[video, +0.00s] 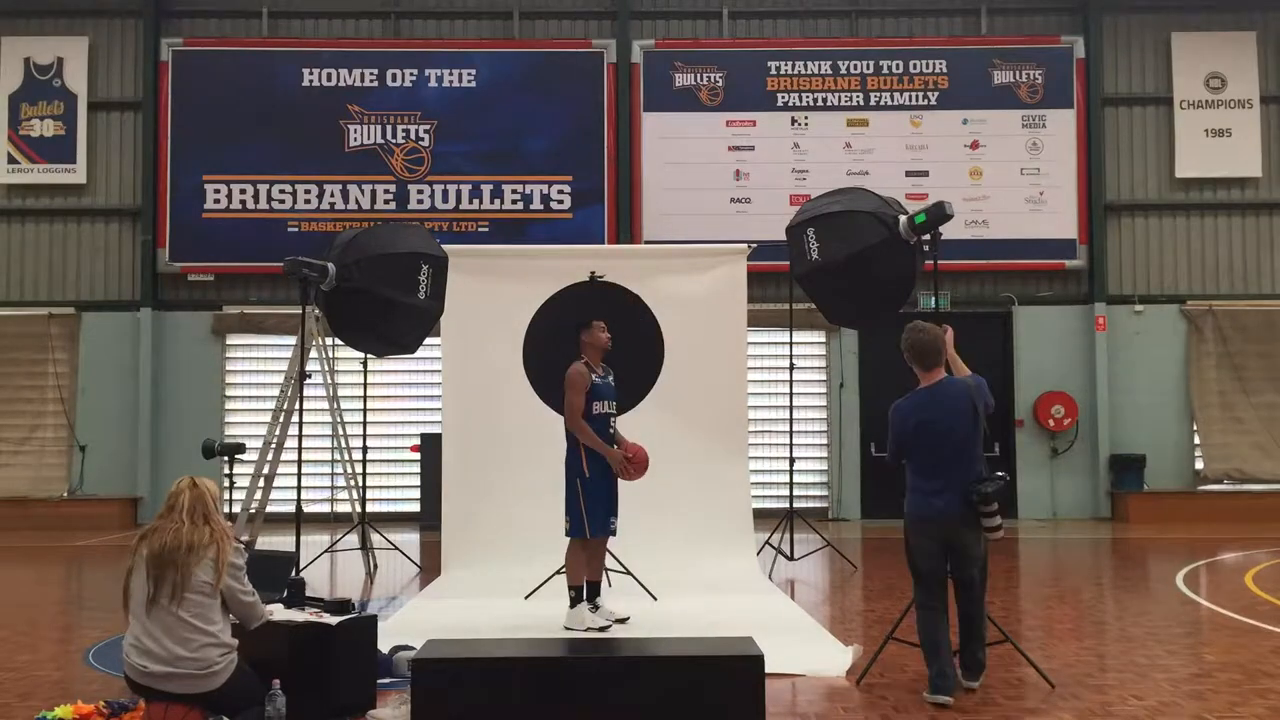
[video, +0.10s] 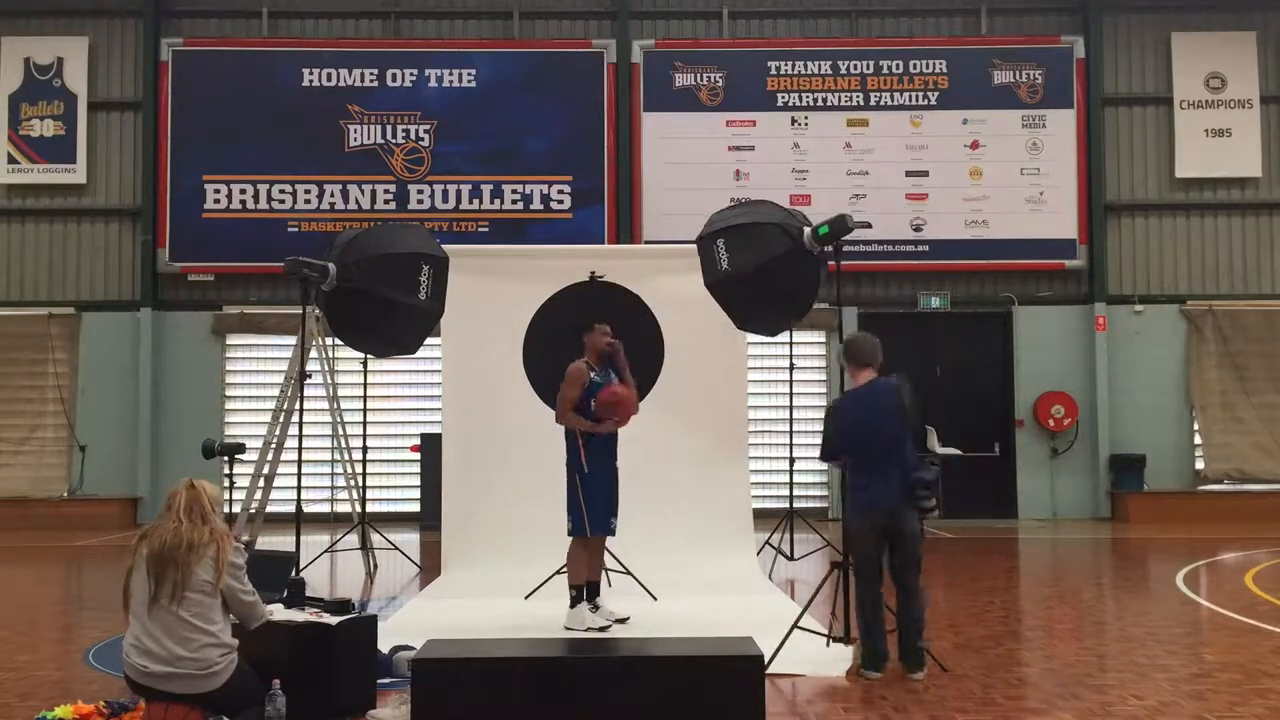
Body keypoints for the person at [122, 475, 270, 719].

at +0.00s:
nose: (222, 513)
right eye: (219, 506)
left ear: (171, 505)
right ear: (212, 508)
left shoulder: (144, 542)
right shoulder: (222, 547)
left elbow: (134, 606)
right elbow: (252, 616)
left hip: (141, 678)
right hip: (205, 680)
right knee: (255, 703)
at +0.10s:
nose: (222, 515)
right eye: (220, 509)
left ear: (171, 507)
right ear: (212, 510)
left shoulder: (146, 540)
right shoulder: (223, 546)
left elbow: (134, 602)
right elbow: (252, 615)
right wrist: (261, 613)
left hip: (141, 678)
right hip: (205, 680)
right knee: (255, 702)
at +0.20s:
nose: (223, 514)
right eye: (220, 508)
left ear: (172, 507)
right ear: (213, 509)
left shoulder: (147, 539)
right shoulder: (223, 545)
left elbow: (134, 602)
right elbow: (251, 614)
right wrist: (261, 613)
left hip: (141, 677)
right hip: (205, 680)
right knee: (254, 702)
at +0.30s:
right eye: (237, 523)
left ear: (190, 516)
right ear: (229, 522)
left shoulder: (154, 543)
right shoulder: (229, 548)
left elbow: (137, 606)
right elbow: (255, 617)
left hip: (142, 679)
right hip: (207, 683)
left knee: (125, 613)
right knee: (255, 704)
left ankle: (153, 707)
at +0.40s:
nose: (233, 523)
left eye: (234, 516)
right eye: (232, 516)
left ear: (188, 510)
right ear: (225, 515)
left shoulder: (158, 542)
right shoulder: (229, 546)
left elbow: (140, 602)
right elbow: (255, 613)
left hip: (142, 677)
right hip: (207, 681)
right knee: (256, 702)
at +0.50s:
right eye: (219, 506)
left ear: (170, 504)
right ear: (213, 509)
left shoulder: (142, 540)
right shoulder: (225, 545)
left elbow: (131, 609)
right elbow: (252, 616)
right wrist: (264, 602)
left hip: (142, 679)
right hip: (207, 681)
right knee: (255, 702)